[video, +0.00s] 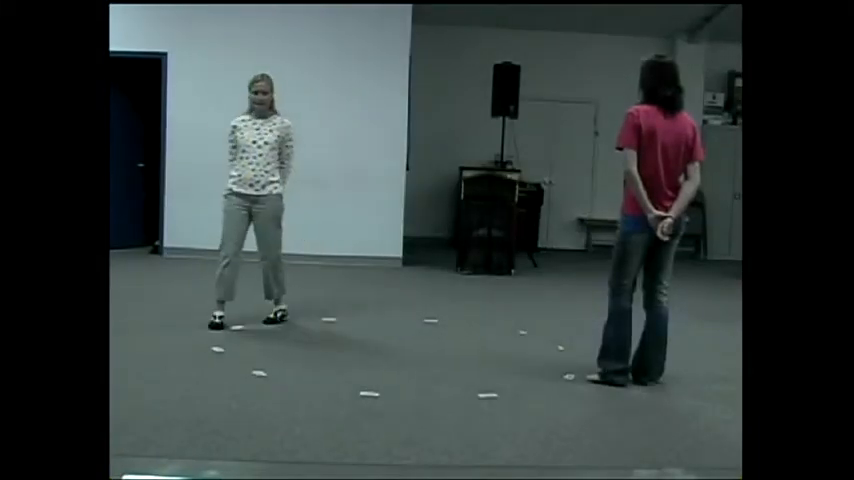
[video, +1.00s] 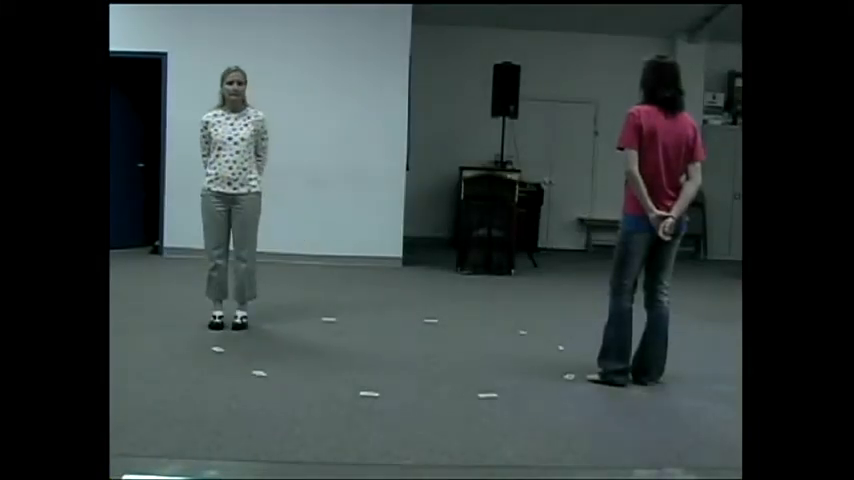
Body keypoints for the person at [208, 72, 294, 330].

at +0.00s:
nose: (260, 97)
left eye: (264, 93)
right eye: (256, 92)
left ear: (272, 95)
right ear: (249, 95)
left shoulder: (282, 126)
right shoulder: (237, 124)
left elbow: (286, 162)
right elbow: (232, 158)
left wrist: (277, 187)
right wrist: (238, 180)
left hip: (268, 195)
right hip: (237, 193)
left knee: (270, 254)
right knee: (228, 253)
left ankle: (278, 305)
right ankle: (219, 310)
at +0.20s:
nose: (249, 94)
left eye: (253, 89)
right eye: (244, 89)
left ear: (260, 92)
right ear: (236, 91)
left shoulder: (268, 124)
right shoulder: (222, 121)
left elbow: (269, 159)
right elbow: (214, 156)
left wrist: (259, 181)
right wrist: (223, 178)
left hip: (254, 193)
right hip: (223, 191)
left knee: (250, 250)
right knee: (219, 253)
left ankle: (268, 298)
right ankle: (217, 309)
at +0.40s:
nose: (241, 92)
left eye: (246, 88)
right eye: (237, 88)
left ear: (251, 91)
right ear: (228, 90)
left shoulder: (260, 123)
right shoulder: (214, 121)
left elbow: (263, 158)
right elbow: (207, 156)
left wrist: (253, 180)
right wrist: (217, 178)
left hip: (248, 193)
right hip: (217, 191)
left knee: (242, 252)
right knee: (216, 253)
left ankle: (244, 308)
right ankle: (217, 310)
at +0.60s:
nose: (239, 90)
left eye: (243, 86)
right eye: (234, 85)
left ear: (248, 89)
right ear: (224, 88)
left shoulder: (258, 119)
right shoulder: (210, 119)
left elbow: (262, 155)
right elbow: (206, 154)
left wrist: (252, 178)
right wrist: (215, 176)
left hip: (247, 190)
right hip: (215, 189)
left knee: (243, 251)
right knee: (217, 251)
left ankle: (241, 309)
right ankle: (217, 308)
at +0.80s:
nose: (236, 87)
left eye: (241, 83)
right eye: (231, 83)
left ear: (246, 87)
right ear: (222, 86)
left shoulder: (257, 119)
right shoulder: (209, 119)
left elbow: (261, 155)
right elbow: (205, 154)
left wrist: (252, 179)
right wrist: (215, 176)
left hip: (246, 191)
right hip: (215, 190)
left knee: (244, 252)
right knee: (216, 252)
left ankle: (242, 309)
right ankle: (217, 309)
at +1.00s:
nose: (235, 87)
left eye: (240, 83)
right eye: (230, 83)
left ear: (246, 87)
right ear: (222, 87)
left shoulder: (257, 119)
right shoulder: (209, 119)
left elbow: (261, 155)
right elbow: (206, 155)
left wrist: (252, 178)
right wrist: (215, 176)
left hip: (246, 191)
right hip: (215, 191)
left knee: (244, 253)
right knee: (216, 254)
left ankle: (241, 309)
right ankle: (217, 309)